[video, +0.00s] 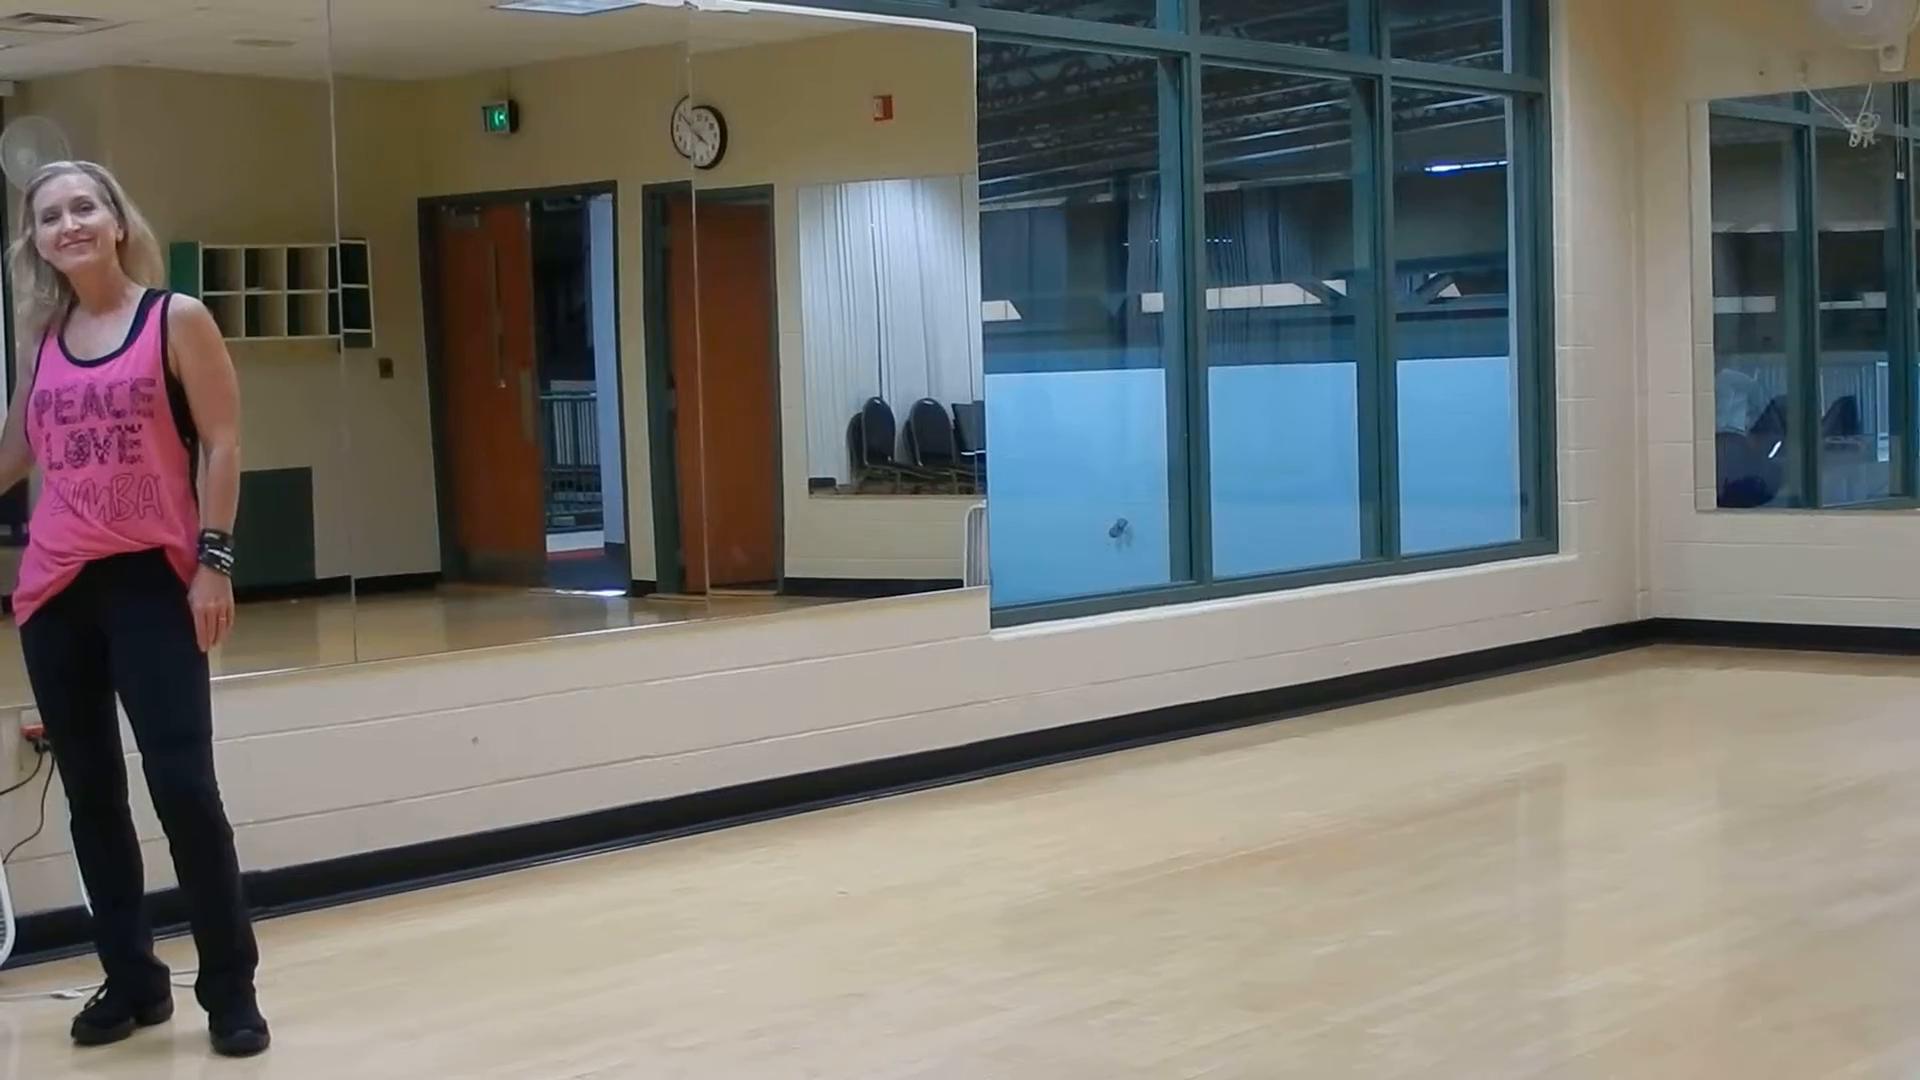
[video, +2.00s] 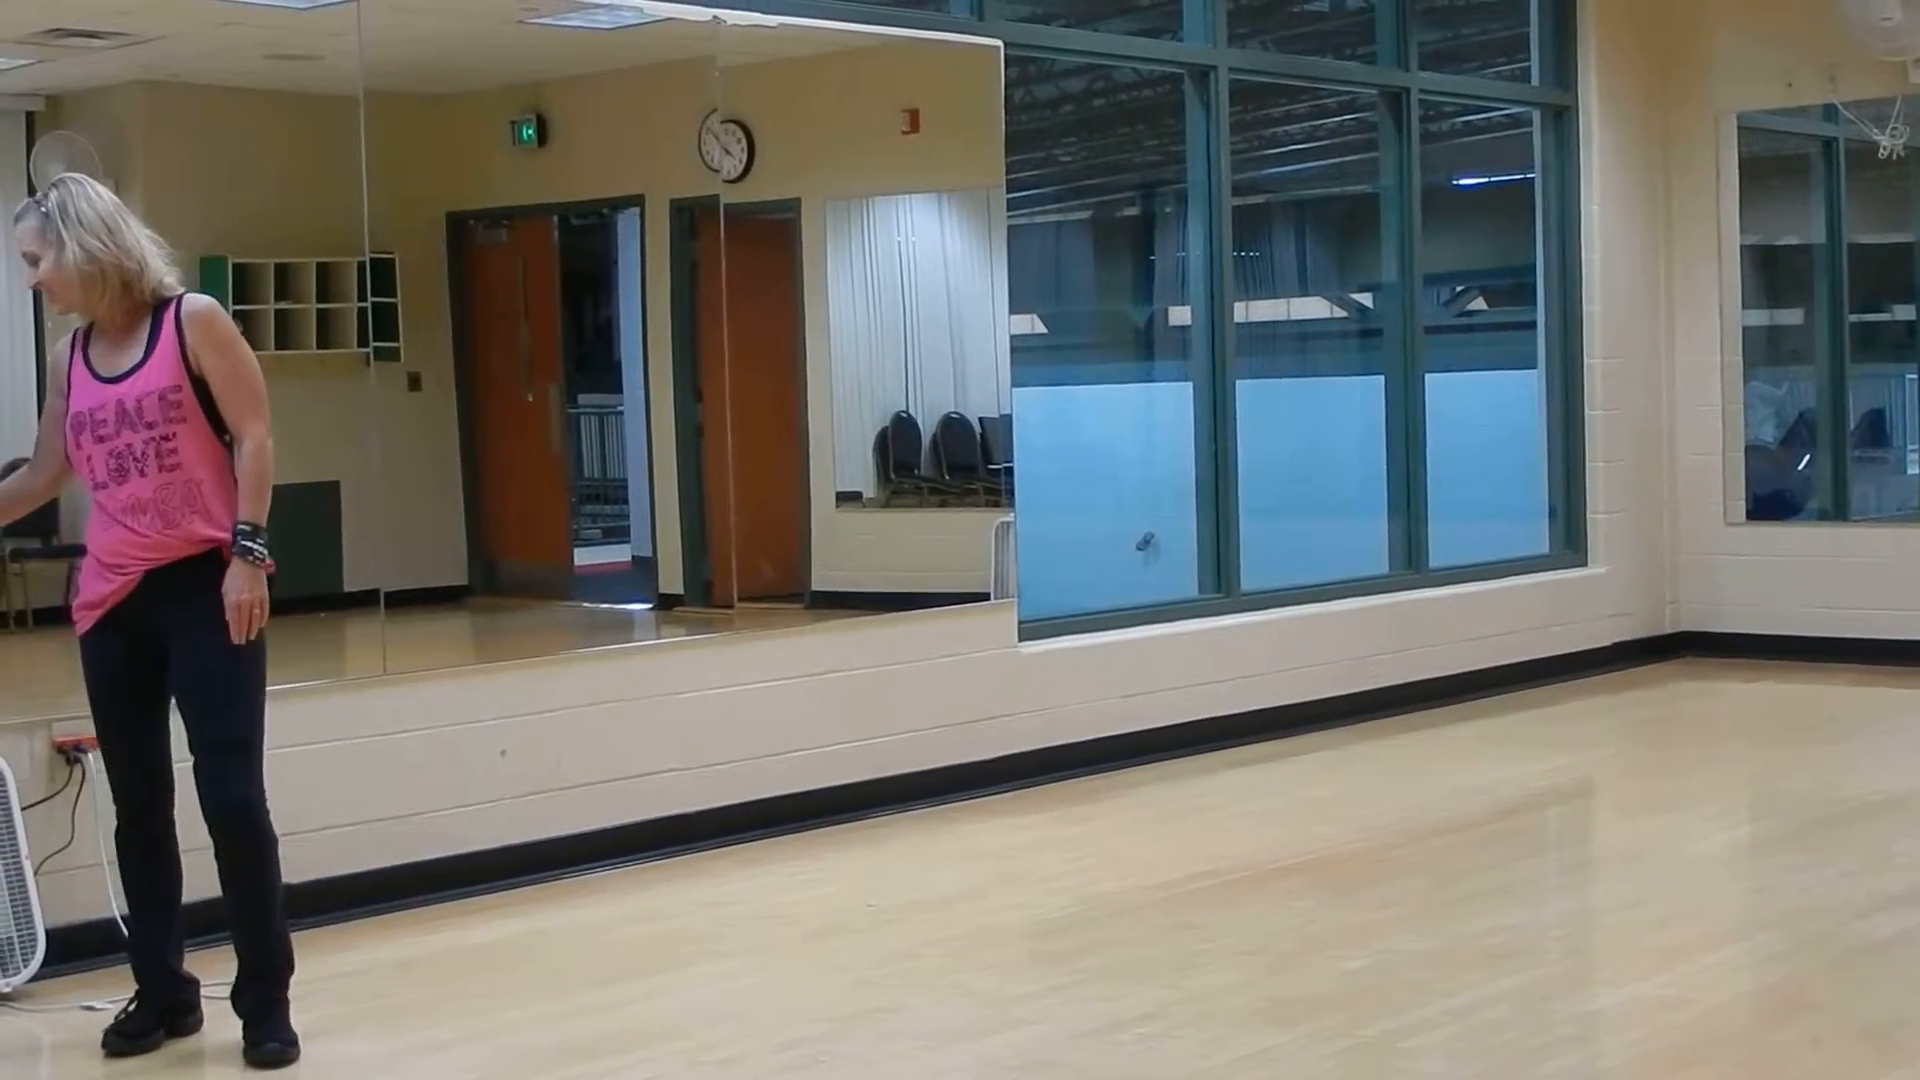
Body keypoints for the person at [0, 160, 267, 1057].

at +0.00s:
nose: (70, 224)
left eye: (84, 207)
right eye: (52, 216)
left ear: (120, 222)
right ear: (37, 242)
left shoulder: (177, 318)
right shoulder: (42, 341)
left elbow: (222, 443)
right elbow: (15, 458)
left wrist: (216, 562)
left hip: (153, 580)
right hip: (53, 585)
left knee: (182, 789)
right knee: (93, 797)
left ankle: (231, 991)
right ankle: (133, 980)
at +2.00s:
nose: (32, 281)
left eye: (38, 260)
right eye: (27, 265)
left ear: (88, 249)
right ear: (73, 260)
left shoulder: (193, 320)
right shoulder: (72, 353)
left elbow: (255, 435)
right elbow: (49, 469)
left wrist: (250, 553)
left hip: (207, 584)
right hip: (113, 595)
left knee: (233, 799)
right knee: (139, 803)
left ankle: (266, 1002)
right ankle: (164, 992)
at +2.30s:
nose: (51, 274)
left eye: (60, 253)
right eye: (45, 258)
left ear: (113, 243)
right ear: (75, 257)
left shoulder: (210, 314)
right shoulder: (100, 356)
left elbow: (275, 424)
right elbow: (122, 481)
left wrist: (266, 545)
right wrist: (22, 470)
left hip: (244, 574)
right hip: (153, 590)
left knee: (289, 781)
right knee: (161, 795)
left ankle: (342, 974)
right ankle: (167, 989)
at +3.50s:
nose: (612, 223)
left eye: (611, 212)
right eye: (590, 218)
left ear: (617, 243)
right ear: (553, 255)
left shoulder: (621, 340)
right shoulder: (551, 356)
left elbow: (634, 472)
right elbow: (537, 482)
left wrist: (652, 568)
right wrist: (544, 599)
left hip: (626, 591)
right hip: (587, 596)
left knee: (631, 774)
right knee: (647, 766)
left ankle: (489, 906)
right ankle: (643, 959)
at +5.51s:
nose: (816, 115)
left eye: (820, 101)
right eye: (802, 99)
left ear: (815, 110)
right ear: (753, 103)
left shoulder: (818, 195)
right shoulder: (707, 188)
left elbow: (813, 294)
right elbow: (683, 288)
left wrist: (831, 376)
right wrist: (711, 337)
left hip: (789, 432)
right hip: (709, 438)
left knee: (864, 604)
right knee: (711, 634)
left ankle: (834, 723)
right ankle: (710, 816)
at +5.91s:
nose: (796, 132)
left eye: (801, 119)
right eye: (781, 118)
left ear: (799, 127)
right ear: (730, 124)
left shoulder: (804, 211)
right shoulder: (674, 224)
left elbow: (825, 325)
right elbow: (641, 347)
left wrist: (896, 281)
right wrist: (634, 460)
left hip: (793, 454)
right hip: (705, 465)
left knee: (800, 653)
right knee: (725, 658)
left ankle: (776, 825)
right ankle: (728, 834)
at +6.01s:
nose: (787, 151)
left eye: (792, 137)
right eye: (772, 137)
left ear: (786, 145)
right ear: (720, 140)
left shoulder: (795, 225)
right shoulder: (657, 239)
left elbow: (844, 330)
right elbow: (619, 357)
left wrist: (909, 271)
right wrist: (613, 470)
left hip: (793, 472)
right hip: (705, 484)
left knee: (787, 671)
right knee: (713, 674)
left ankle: (778, 842)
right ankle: (685, 857)